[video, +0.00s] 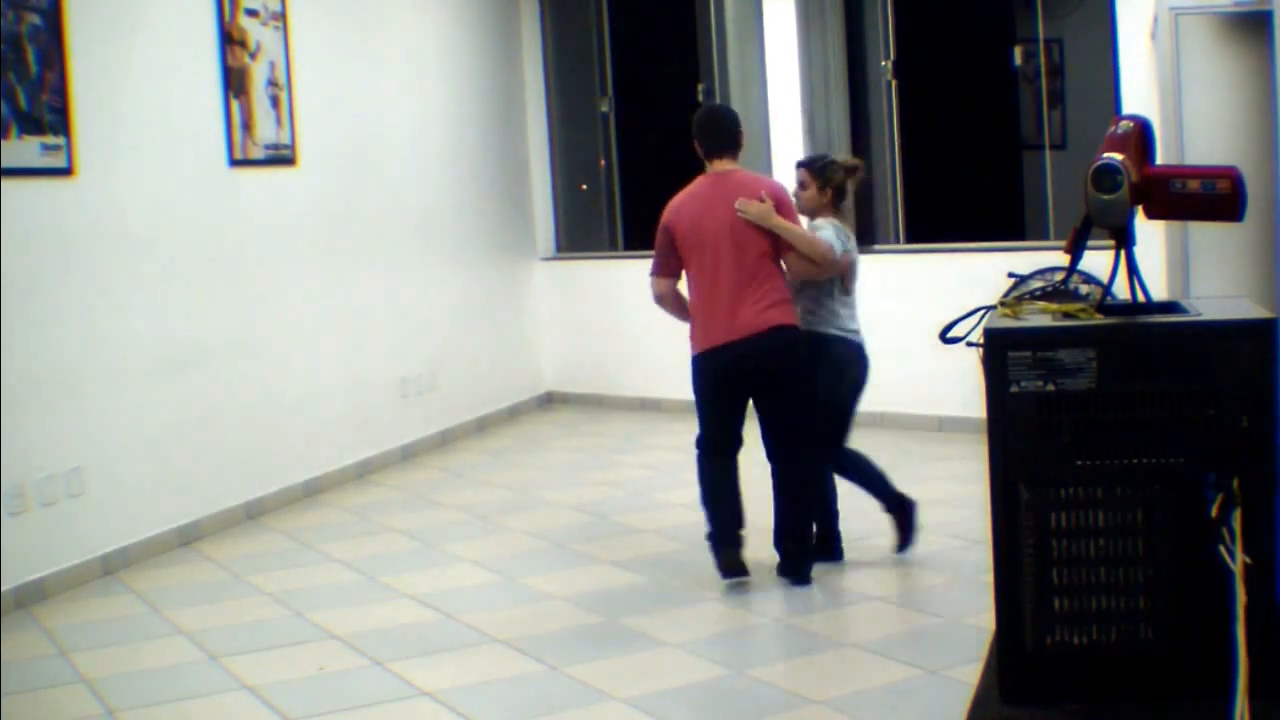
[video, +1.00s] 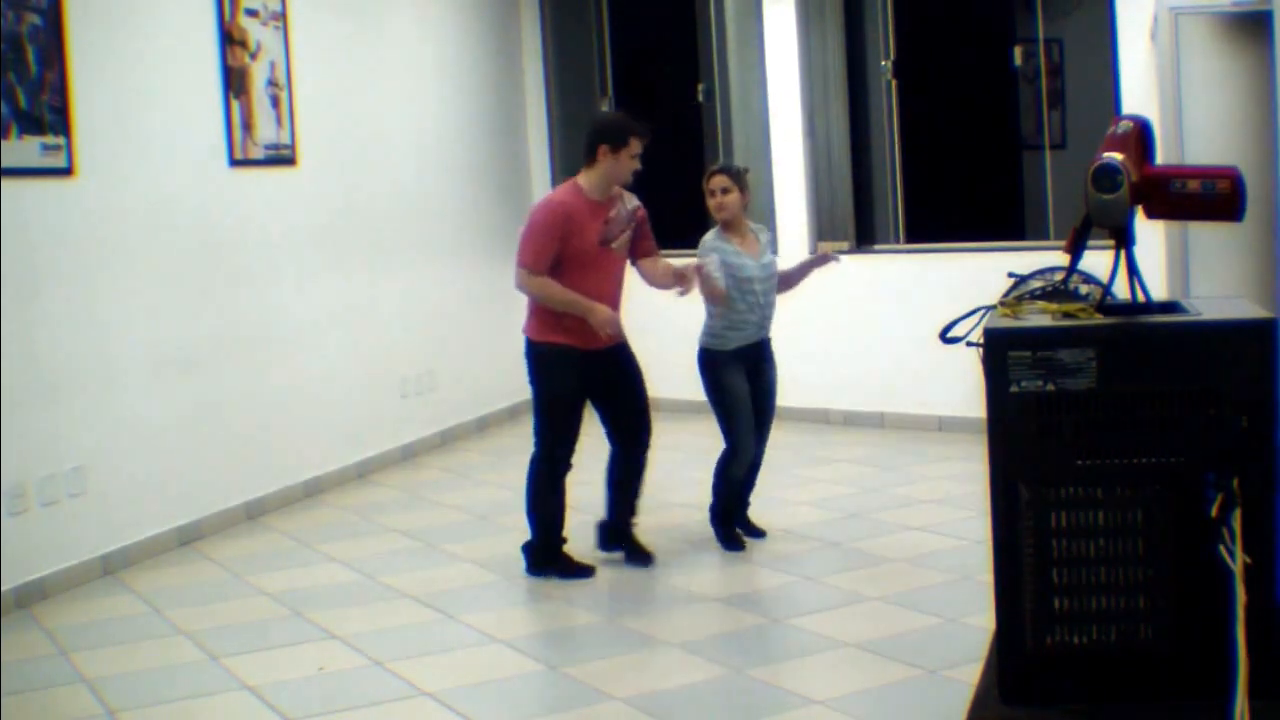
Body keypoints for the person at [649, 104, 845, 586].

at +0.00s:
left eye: (698, 144)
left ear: (697, 148)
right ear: (740, 142)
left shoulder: (678, 209)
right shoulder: (769, 191)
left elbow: (663, 290)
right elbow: (808, 263)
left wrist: (701, 317)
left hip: (715, 347)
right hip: (776, 338)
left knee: (716, 447)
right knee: (788, 451)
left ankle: (729, 555)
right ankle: (794, 561)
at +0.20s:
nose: (733, 149)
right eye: (734, 142)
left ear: (688, 146)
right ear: (732, 144)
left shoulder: (661, 204)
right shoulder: (750, 194)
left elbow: (646, 281)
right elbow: (791, 262)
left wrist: (696, 279)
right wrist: (823, 266)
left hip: (688, 348)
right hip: (748, 339)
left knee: (692, 444)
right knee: (772, 446)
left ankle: (662, 545)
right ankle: (795, 557)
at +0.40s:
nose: (727, 158)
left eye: (726, 152)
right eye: (727, 152)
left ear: (679, 144)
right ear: (717, 150)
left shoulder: (639, 195)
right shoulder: (716, 208)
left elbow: (640, 258)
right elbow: (731, 287)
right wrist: (781, 291)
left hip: (636, 341)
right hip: (690, 343)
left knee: (663, 443)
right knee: (731, 450)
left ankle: (660, 548)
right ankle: (755, 553)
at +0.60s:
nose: (700, 166)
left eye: (701, 158)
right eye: (698, 158)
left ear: (662, 154)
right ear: (682, 156)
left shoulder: (638, 201)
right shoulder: (656, 212)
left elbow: (658, 276)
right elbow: (651, 293)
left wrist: (709, 290)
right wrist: (706, 329)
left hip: (626, 344)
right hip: (643, 348)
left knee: (659, 444)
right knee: (672, 448)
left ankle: (662, 545)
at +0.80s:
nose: (665, 165)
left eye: (667, 157)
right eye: (662, 156)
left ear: (640, 156)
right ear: (637, 154)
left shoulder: (653, 208)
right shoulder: (591, 210)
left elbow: (676, 266)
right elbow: (567, 282)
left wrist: (713, 280)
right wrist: (629, 318)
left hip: (638, 350)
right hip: (588, 351)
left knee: (652, 449)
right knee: (582, 449)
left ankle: (661, 545)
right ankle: (547, 542)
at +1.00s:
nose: (637, 165)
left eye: (639, 157)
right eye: (632, 156)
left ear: (612, 156)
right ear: (604, 153)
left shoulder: (629, 208)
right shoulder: (554, 209)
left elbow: (650, 265)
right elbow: (526, 278)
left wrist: (675, 275)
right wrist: (588, 308)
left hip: (608, 345)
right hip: (556, 348)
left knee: (633, 434)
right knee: (554, 452)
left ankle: (618, 529)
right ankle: (544, 551)